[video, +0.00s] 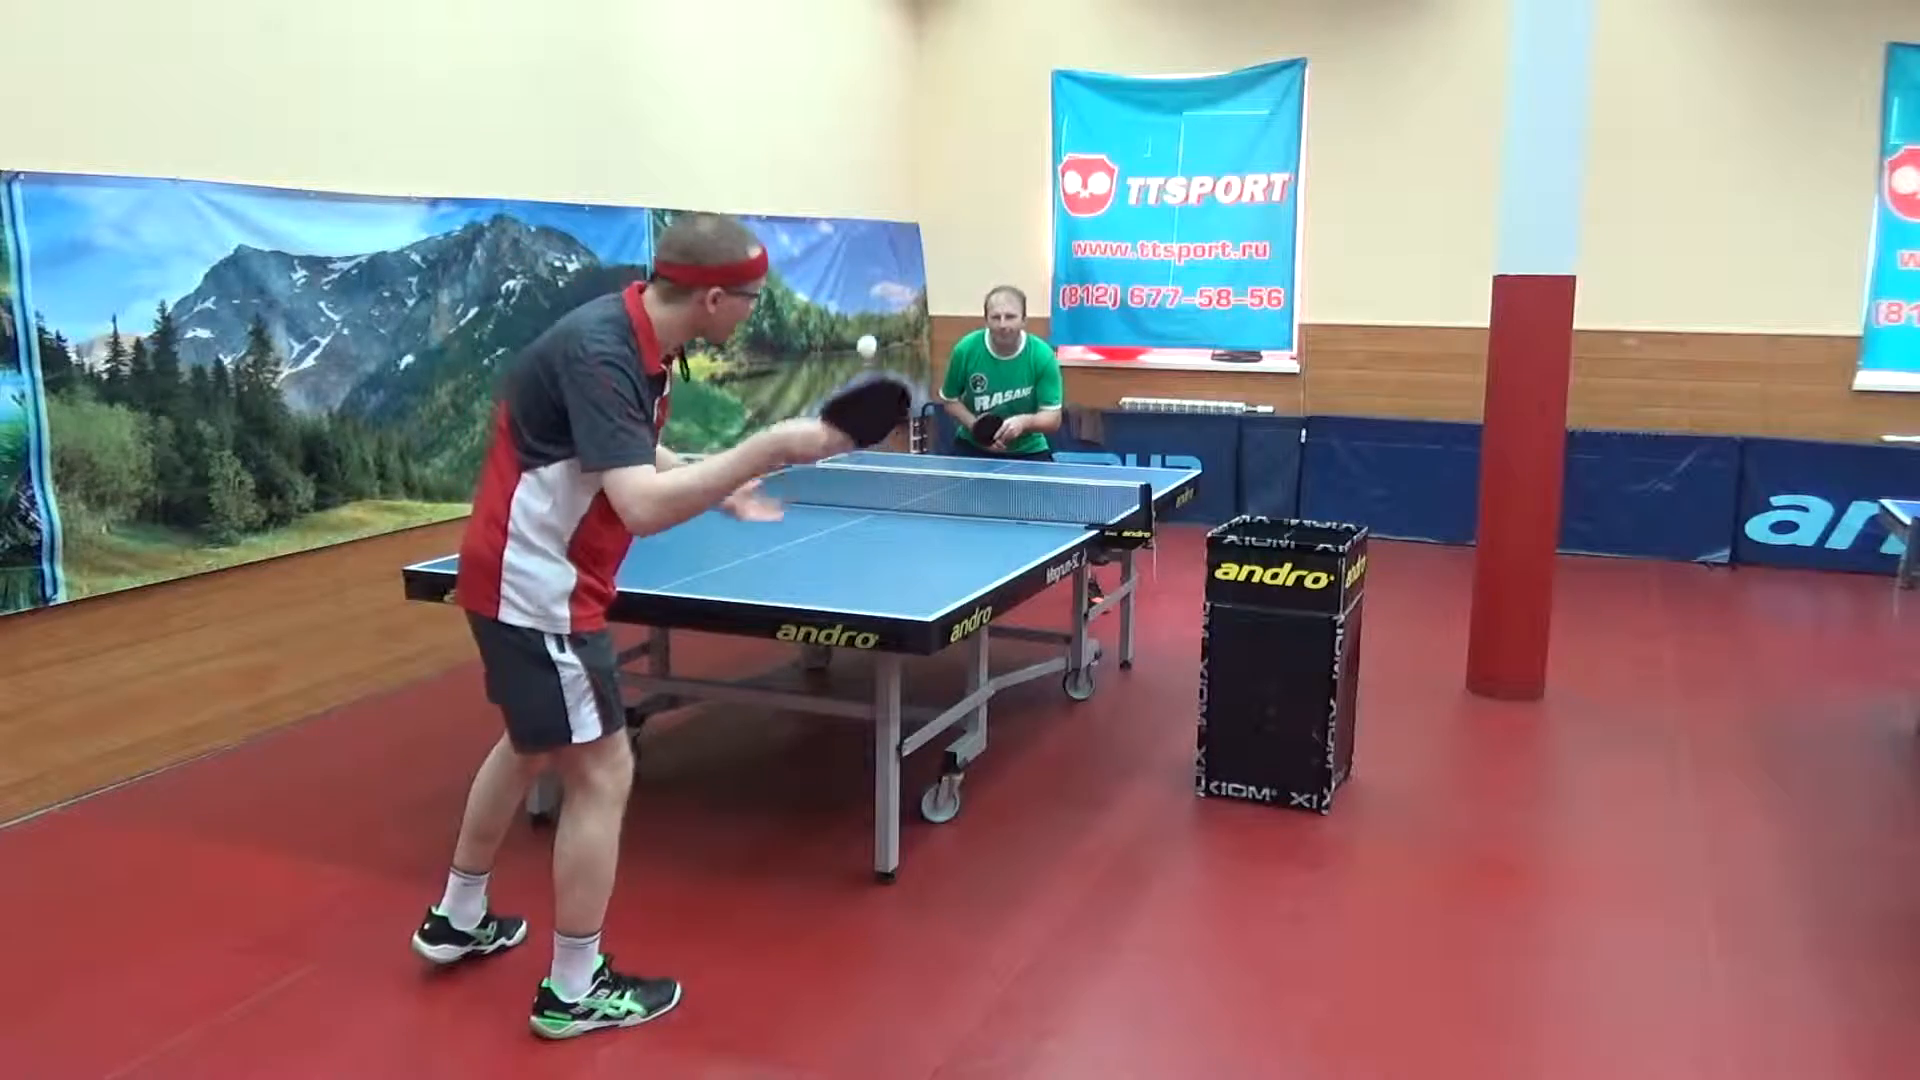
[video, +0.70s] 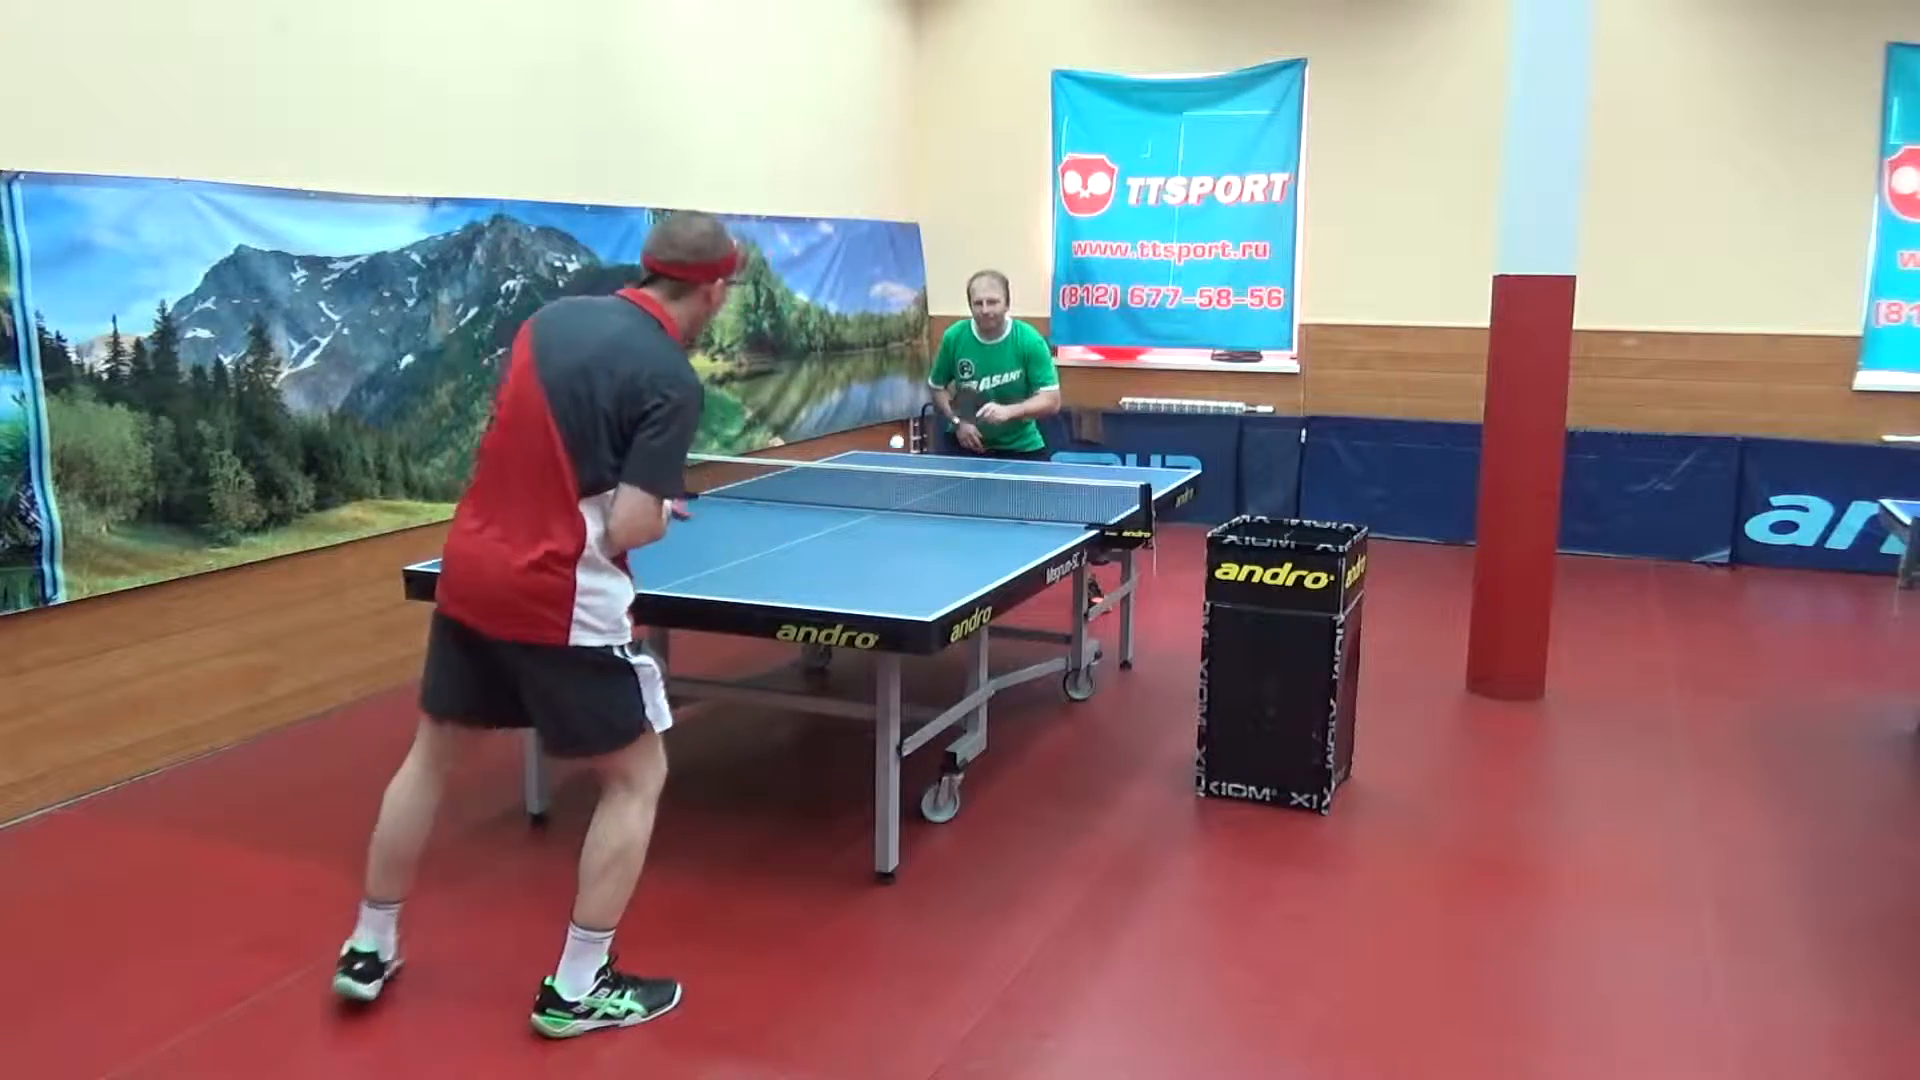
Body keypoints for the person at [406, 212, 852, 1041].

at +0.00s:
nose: (748, 310)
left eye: (750, 296)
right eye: (746, 296)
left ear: (689, 284)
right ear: (709, 296)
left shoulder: (641, 339)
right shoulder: (599, 351)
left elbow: (637, 452)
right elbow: (640, 507)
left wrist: (721, 487)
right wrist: (769, 448)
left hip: (534, 580)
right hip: (534, 595)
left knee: (524, 744)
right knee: (604, 772)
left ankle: (457, 917)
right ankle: (572, 987)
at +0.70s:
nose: (726, 305)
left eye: (729, 291)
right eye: (728, 291)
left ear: (648, 271)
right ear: (711, 289)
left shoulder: (552, 319)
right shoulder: (670, 379)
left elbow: (523, 445)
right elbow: (629, 529)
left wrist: (629, 484)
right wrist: (656, 508)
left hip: (467, 582)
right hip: (562, 602)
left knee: (430, 754)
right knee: (636, 773)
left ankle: (368, 951)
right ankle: (579, 983)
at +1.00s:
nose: (602, 298)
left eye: (602, 284)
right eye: (602, 284)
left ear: (519, 272)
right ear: (585, 282)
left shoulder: (426, 337)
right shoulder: (562, 365)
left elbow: (383, 477)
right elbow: (569, 515)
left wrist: (496, 501)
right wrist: (609, 528)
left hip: (395, 606)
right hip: (502, 616)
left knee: (370, 776)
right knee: (596, 765)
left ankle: (314, 976)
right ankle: (576, 982)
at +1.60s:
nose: (587, 322)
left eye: (586, 309)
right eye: (586, 309)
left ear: (503, 301)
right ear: (569, 309)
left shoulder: (418, 365)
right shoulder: (568, 379)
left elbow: (362, 509)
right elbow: (644, 511)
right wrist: (593, 514)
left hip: (393, 629)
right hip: (513, 628)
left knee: (373, 783)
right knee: (607, 764)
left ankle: (311, 980)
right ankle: (632, 966)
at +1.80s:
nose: (599, 335)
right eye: (600, 325)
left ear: (516, 319)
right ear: (593, 323)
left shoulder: (460, 384)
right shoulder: (629, 380)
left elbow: (421, 540)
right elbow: (736, 455)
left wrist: (404, 634)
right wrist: (700, 490)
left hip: (474, 620)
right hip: (600, 620)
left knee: (397, 784)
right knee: (644, 765)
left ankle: (327, 977)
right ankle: (635, 964)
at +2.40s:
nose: (565, 331)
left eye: (566, 318)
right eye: (564, 318)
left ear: (472, 305)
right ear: (547, 316)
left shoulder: (379, 377)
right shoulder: (555, 393)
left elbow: (327, 535)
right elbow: (628, 537)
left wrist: (314, 640)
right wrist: (607, 556)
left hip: (364, 650)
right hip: (498, 650)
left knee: (286, 855)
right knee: (586, 780)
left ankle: (221, 1067)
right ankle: (634, 966)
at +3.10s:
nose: (607, 319)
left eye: (605, 309)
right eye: (605, 309)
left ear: (518, 303)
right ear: (590, 306)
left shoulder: (445, 376)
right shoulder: (621, 376)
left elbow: (403, 542)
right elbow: (753, 450)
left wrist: (423, 628)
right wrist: (698, 488)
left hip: (449, 651)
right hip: (585, 651)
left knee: (349, 842)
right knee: (650, 782)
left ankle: (261, 1060)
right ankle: (671, 978)